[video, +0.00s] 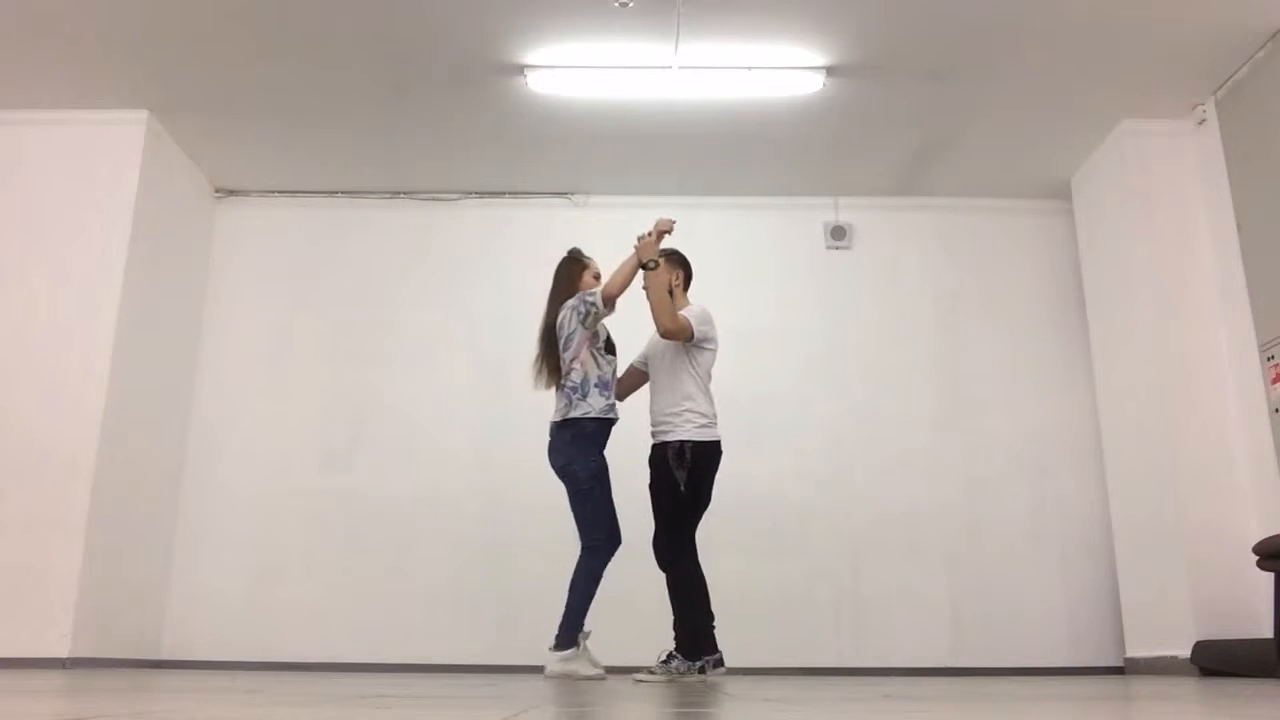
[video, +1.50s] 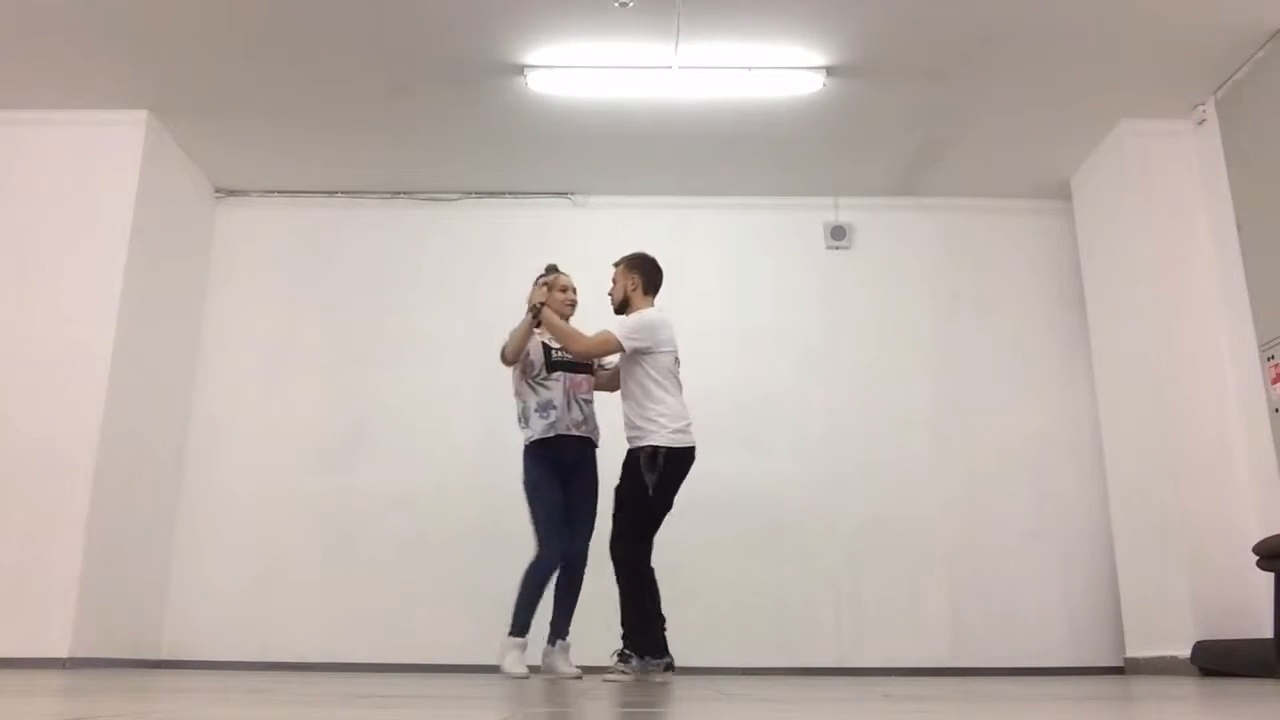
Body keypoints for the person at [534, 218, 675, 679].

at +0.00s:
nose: (602, 284)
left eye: (601, 277)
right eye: (593, 277)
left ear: (585, 282)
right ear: (572, 280)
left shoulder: (583, 318)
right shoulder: (573, 313)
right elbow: (611, 290)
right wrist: (643, 250)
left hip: (585, 437)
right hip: (575, 438)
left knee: (607, 539)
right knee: (598, 542)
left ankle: (571, 641)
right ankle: (564, 649)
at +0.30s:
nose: (605, 275)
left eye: (603, 268)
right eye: (598, 269)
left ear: (579, 278)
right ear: (582, 275)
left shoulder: (582, 314)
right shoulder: (579, 308)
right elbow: (618, 285)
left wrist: (646, 248)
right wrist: (648, 246)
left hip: (574, 438)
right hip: (577, 440)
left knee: (576, 540)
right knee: (585, 543)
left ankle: (534, 636)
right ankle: (561, 650)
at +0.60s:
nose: (601, 284)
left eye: (600, 278)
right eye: (594, 278)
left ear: (580, 284)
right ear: (578, 283)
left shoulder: (583, 329)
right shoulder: (572, 315)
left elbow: (620, 393)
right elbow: (606, 294)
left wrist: (661, 361)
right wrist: (631, 250)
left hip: (570, 447)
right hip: (577, 447)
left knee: (583, 548)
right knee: (598, 549)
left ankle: (526, 622)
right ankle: (563, 651)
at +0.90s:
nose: (593, 294)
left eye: (593, 288)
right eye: (586, 288)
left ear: (584, 293)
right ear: (564, 289)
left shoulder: (588, 339)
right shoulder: (553, 327)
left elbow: (625, 375)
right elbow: (560, 361)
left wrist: (656, 353)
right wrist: (573, 316)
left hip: (583, 443)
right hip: (566, 442)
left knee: (583, 550)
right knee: (581, 550)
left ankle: (548, 644)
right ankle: (558, 651)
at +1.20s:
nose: (578, 296)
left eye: (580, 291)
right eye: (569, 290)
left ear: (581, 298)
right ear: (548, 297)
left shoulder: (594, 343)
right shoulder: (537, 342)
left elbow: (611, 379)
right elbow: (529, 392)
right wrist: (541, 351)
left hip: (591, 448)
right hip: (555, 449)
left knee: (580, 545)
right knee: (575, 542)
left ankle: (558, 641)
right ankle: (552, 642)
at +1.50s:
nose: (570, 297)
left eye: (573, 292)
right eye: (561, 291)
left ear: (577, 301)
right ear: (541, 299)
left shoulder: (583, 349)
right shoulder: (527, 339)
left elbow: (609, 381)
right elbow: (509, 355)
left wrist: (641, 359)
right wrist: (531, 315)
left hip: (582, 453)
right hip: (542, 453)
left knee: (576, 553)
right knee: (551, 551)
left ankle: (556, 648)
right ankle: (515, 644)